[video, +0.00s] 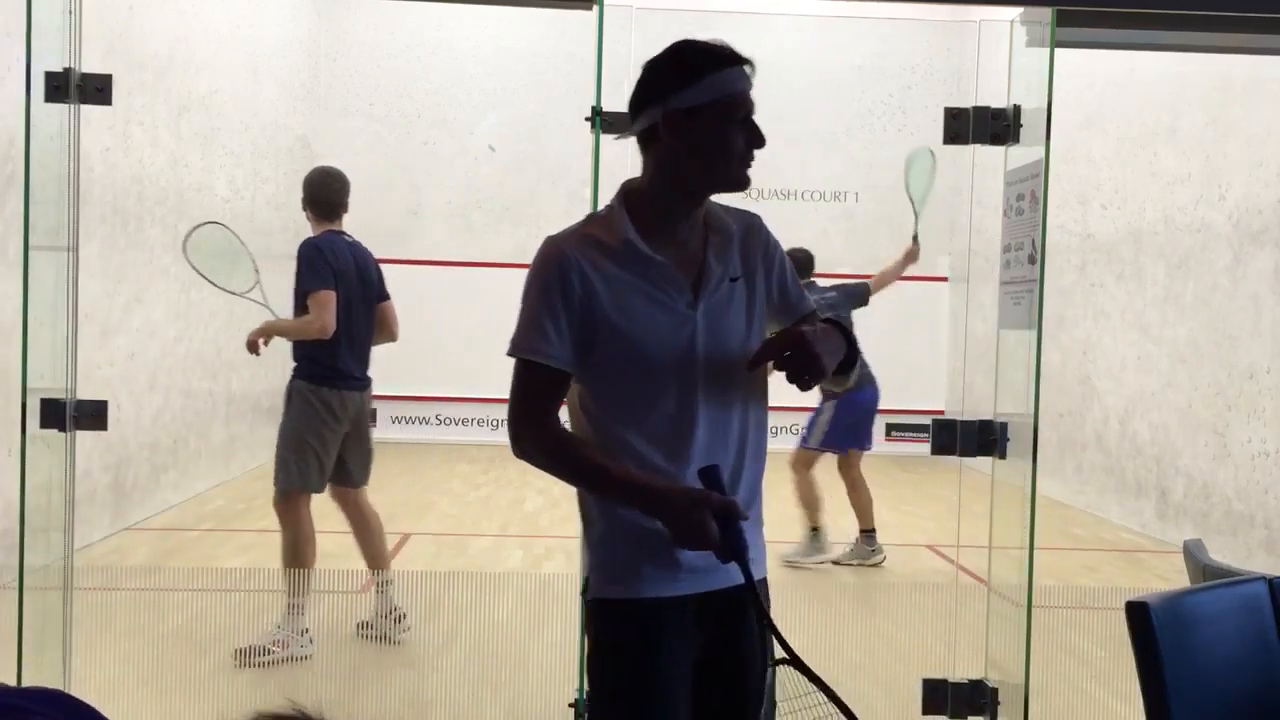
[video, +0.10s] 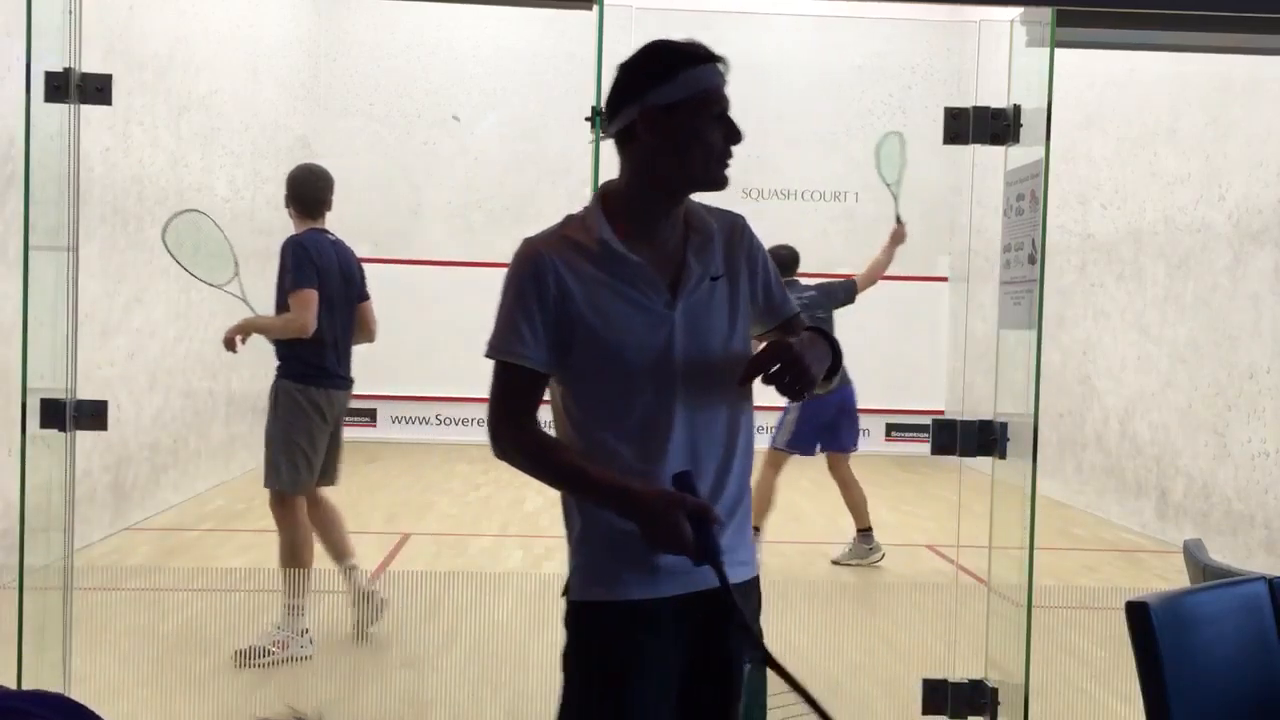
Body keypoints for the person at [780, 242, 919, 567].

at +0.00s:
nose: (777, 281)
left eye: (779, 275)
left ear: (785, 275)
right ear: (811, 271)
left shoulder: (786, 303)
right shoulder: (833, 295)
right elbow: (876, 283)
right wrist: (904, 260)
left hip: (839, 397)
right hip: (864, 392)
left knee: (800, 463)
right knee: (850, 466)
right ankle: (868, 543)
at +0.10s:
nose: (765, 270)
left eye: (766, 265)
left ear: (768, 270)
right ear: (797, 268)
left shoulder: (766, 303)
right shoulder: (820, 294)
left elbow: (751, 348)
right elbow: (867, 279)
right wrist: (891, 244)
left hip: (807, 398)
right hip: (841, 393)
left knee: (770, 467)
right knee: (840, 466)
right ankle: (866, 541)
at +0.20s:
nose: (743, 267)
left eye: (745, 263)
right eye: (745, 263)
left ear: (752, 267)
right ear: (780, 268)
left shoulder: (742, 302)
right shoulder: (801, 296)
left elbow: (725, 355)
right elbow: (853, 284)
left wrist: (712, 396)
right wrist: (869, 247)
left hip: (771, 402)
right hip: (810, 399)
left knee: (742, 469)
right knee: (823, 468)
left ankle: (726, 547)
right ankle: (857, 540)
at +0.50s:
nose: (701, 242)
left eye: (706, 237)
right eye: (704, 236)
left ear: (720, 244)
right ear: (733, 246)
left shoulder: (704, 278)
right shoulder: (762, 277)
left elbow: (704, 329)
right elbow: (812, 295)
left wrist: (687, 365)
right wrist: (795, 305)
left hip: (717, 382)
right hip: (754, 384)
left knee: (695, 465)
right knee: (732, 466)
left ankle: (678, 544)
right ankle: (721, 546)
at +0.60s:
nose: (687, 248)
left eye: (693, 243)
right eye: (690, 242)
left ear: (708, 252)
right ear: (719, 255)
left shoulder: (692, 290)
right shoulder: (746, 290)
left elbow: (691, 344)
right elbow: (791, 328)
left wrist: (670, 378)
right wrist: (772, 349)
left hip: (699, 396)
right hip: (735, 397)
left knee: (666, 470)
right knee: (718, 477)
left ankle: (646, 550)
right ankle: (714, 555)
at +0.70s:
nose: (671, 252)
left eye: (677, 247)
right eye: (674, 246)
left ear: (695, 256)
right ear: (703, 258)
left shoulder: (676, 294)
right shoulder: (734, 298)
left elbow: (671, 348)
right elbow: (757, 351)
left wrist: (650, 381)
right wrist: (746, 390)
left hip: (683, 400)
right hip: (721, 402)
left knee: (645, 473)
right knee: (709, 475)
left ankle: (628, 552)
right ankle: (713, 556)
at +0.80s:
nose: (655, 257)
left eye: (661, 252)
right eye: (658, 251)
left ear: (678, 259)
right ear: (688, 261)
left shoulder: (653, 297)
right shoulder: (719, 304)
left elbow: (642, 354)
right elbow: (731, 359)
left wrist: (628, 391)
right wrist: (726, 404)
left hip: (664, 409)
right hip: (706, 410)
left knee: (632, 487)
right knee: (702, 480)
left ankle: (620, 563)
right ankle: (712, 557)